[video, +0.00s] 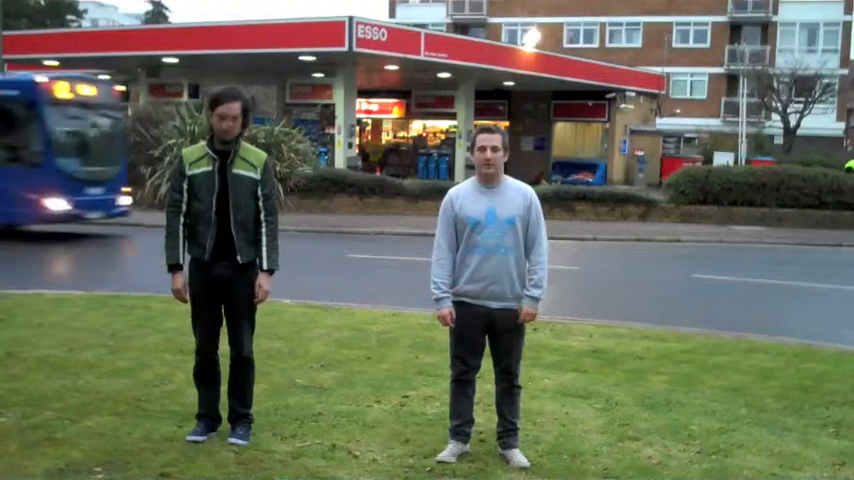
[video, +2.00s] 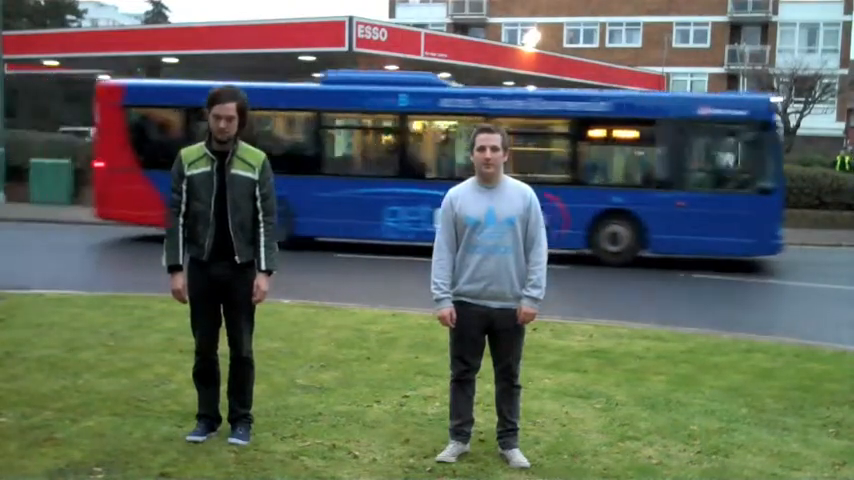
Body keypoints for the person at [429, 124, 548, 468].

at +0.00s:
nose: (487, 155)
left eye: (494, 150)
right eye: (481, 149)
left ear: (505, 155)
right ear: (472, 154)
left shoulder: (525, 196)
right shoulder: (456, 197)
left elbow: (538, 250)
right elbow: (442, 251)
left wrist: (533, 298)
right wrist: (442, 298)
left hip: (510, 305)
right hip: (466, 303)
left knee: (509, 379)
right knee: (462, 376)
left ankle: (510, 444)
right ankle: (458, 440)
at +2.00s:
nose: (487, 155)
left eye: (494, 149)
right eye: (481, 149)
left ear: (505, 155)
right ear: (472, 155)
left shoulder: (524, 196)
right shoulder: (455, 197)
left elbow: (538, 249)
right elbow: (442, 251)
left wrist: (532, 298)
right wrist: (442, 299)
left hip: (510, 305)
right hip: (466, 304)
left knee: (509, 379)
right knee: (462, 376)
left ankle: (509, 444)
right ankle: (458, 440)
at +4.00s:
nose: (488, 179)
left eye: (496, 174)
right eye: (482, 173)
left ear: (509, 180)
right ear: (475, 179)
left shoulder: (529, 220)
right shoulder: (459, 218)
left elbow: (552, 265)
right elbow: (438, 263)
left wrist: (548, 299)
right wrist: (426, 305)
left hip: (512, 308)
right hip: (472, 304)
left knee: (512, 378)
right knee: (475, 372)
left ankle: (507, 444)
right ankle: (458, 439)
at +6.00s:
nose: (486, 176)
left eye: (491, 170)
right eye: (487, 169)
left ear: (509, 176)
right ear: (506, 177)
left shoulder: (548, 214)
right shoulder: (486, 209)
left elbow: (570, 256)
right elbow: (479, 256)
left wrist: (564, 271)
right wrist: (462, 274)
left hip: (534, 317)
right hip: (493, 311)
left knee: (524, 384)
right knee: (451, 361)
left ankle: (508, 445)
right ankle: (460, 436)